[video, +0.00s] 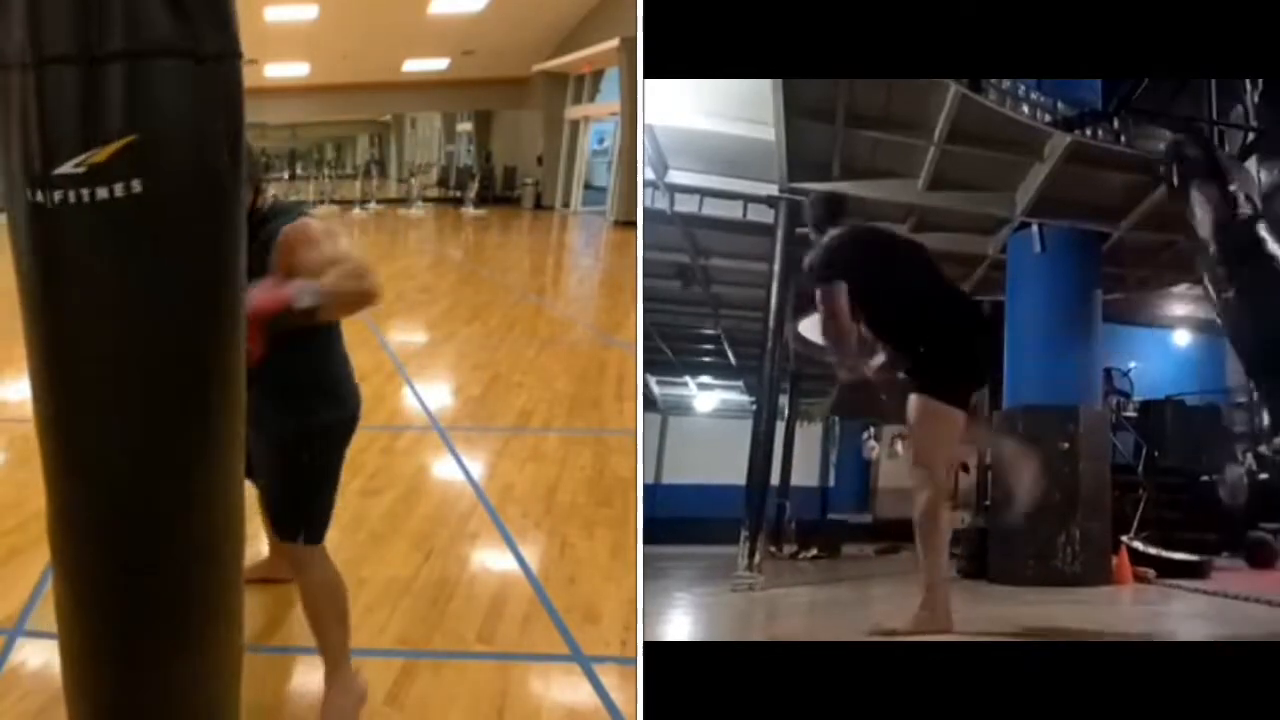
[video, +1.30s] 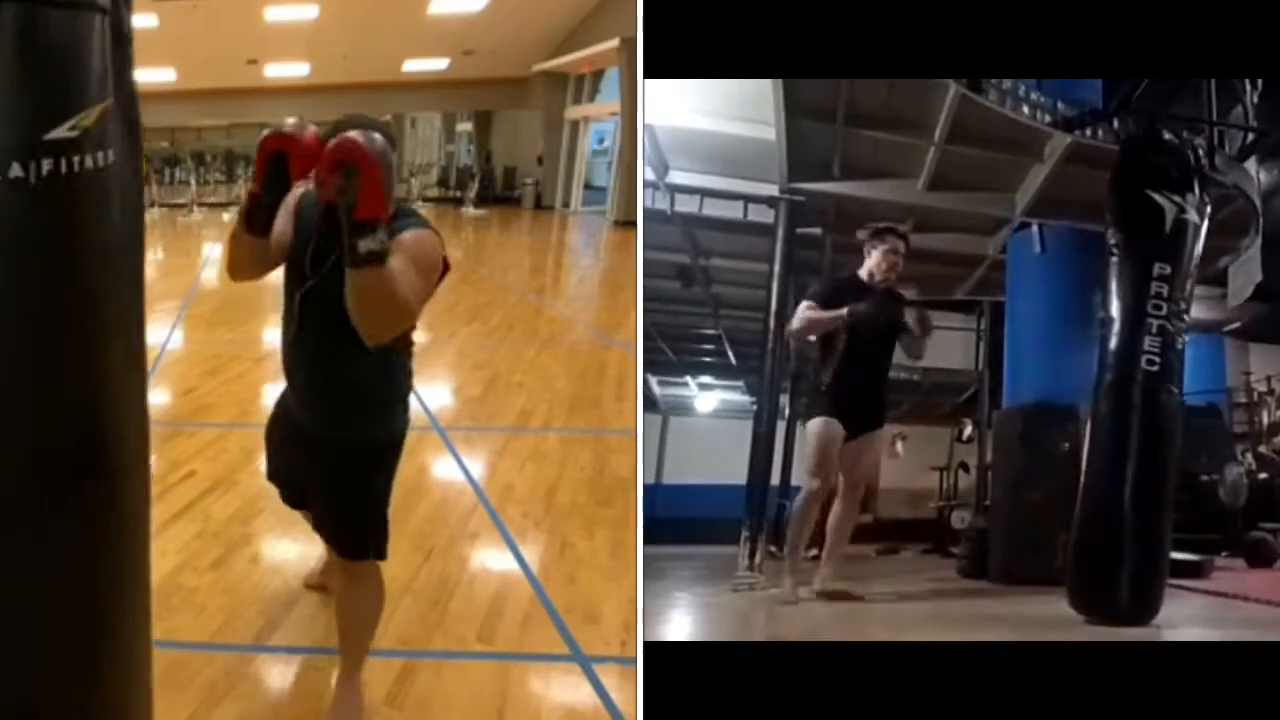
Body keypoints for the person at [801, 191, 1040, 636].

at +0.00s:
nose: (807, 240)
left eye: (807, 230)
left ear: (815, 227)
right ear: (845, 217)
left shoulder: (832, 252)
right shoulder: (882, 239)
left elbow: (837, 323)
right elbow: (910, 317)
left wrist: (849, 366)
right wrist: (871, 367)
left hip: (941, 345)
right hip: (969, 334)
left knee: (929, 479)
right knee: (935, 421)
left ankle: (935, 609)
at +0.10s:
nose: (818, 229)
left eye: (818, 221)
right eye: (820, 220)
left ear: (825, 216)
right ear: (856, 206)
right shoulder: (891, 233)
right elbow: (913, 310)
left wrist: (808, 324)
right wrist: (862, 355)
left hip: (929, 353)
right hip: (965, 345)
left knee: (920, 488)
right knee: (939, 449)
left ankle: (934, 609)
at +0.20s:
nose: (827, 221)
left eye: (828, 210)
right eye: (826, 212)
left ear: (842, 204)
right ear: (861, 200)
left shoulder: (870, 230)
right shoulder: (893, 236)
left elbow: (853, 295)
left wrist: (814, 310)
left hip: (912, 376)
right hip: (927, 373)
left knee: (901, 490)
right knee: (900, 490)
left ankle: (933, 607)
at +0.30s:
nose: (838, 224)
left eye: (842, 211)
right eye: (833, 216)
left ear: (867, 205)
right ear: (841, 219)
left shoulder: (899, 247)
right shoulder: (868, 260)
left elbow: (886, 292)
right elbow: (883, 329)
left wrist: (826, 304)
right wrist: (849, 355)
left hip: (905, 380)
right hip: (872, 380)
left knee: (901, 495)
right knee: (848, 484)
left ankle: (934, 607)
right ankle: (847, 589)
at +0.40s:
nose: (863, 218)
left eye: (869, 209)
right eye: (854, 211)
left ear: (886, 214)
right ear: (841, 221)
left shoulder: (909, 251)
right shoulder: (841, 270)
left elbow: (933, 300)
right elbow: (823, 330)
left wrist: (875, 305)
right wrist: (820, 333)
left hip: (905, 376)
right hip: (860, 379)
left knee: (906, 481)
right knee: (827, 484)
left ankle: (927, 604)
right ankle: (843, 591)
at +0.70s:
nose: (905, 233)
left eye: (909, 227)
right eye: (898, 223)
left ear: (907, 231)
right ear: (873, 222)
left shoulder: (902, 270)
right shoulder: (827, 260)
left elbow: (924, 331)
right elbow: (774, 301)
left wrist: (917, 316)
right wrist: (801, 322)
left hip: (887, 384)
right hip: (839, 383)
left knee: (900, 480)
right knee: (833, 482)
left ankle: (893, 569)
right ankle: (842, 588)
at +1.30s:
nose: (894, 261)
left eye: (900, 256)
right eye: (889, 253)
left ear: (902, 263)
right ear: (867, 253)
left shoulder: (894, 302)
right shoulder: (837, 287)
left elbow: (914, 354)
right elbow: (799, 324)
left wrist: (919, 330)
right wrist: (849, 314)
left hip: (870, 405)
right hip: (830, 399)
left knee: (852, 492)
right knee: (817, 486)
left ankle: (828, 575)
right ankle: (790, 573)